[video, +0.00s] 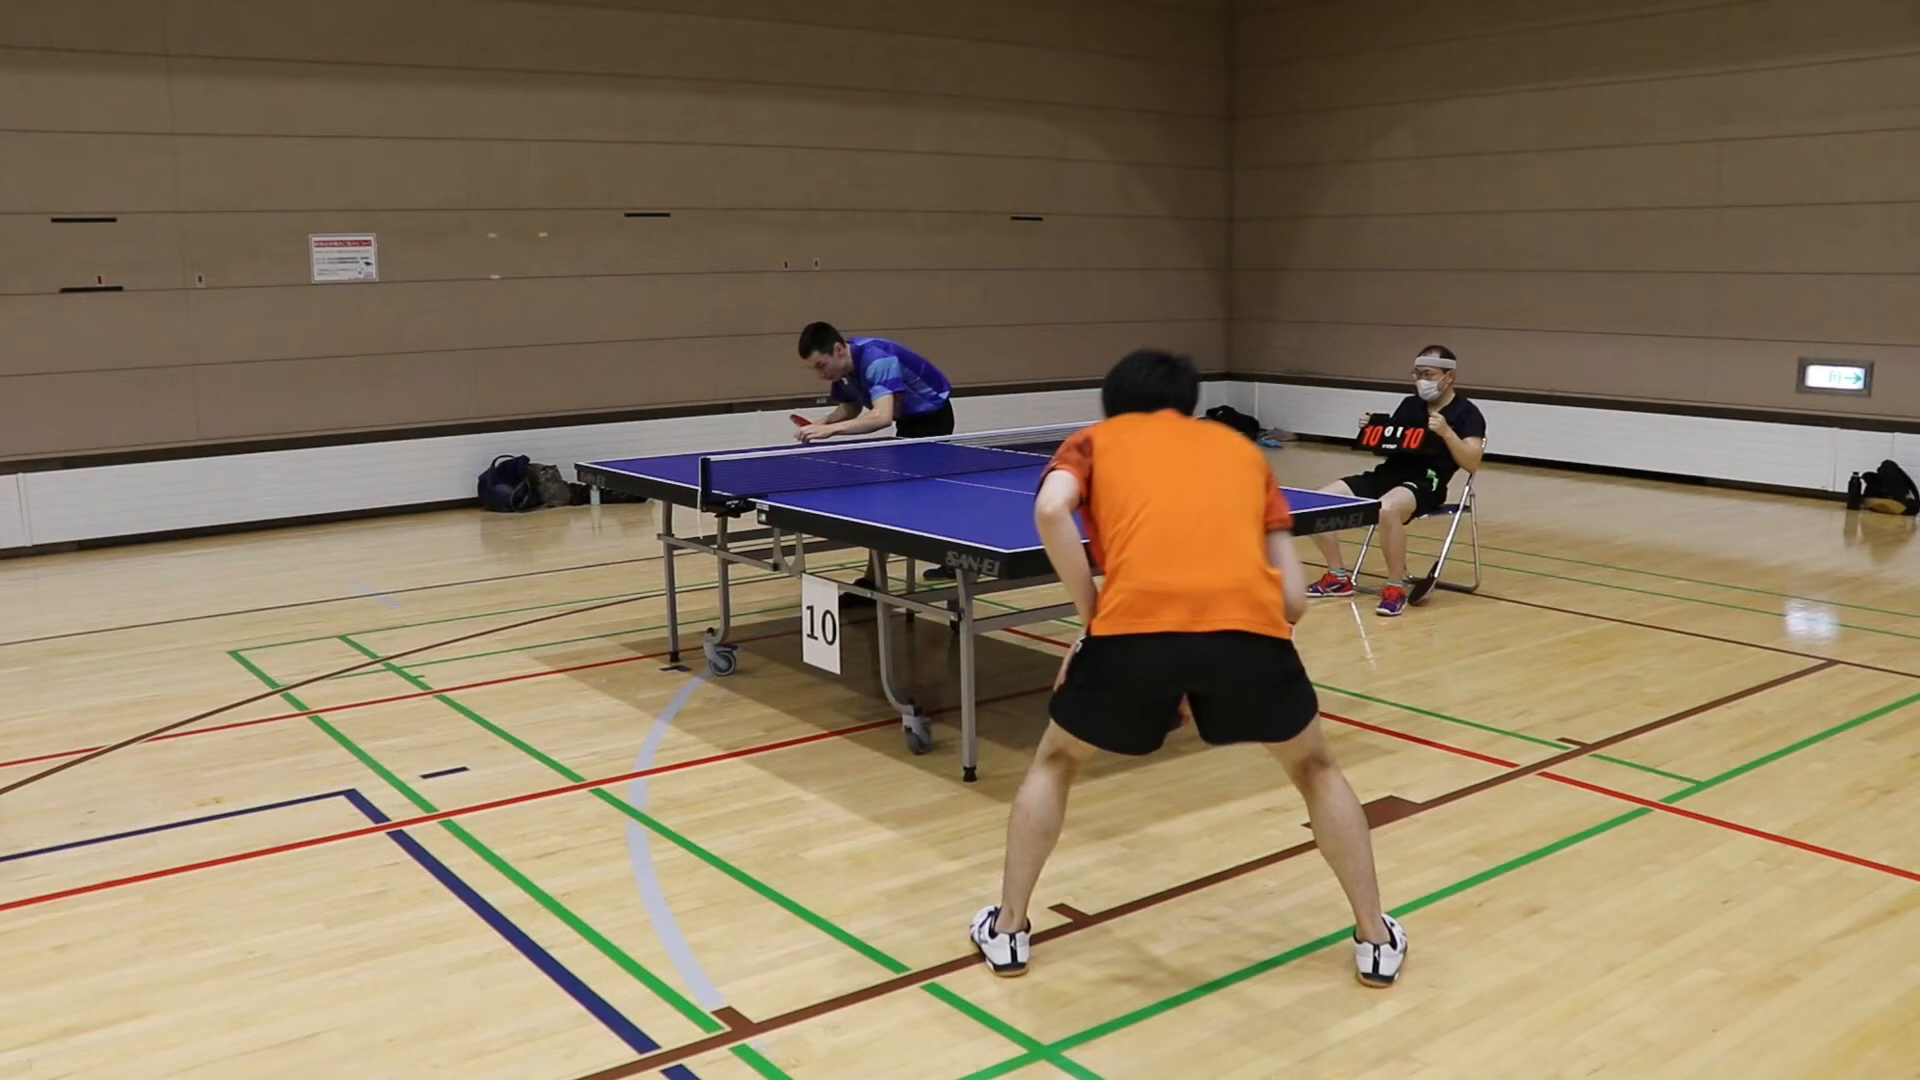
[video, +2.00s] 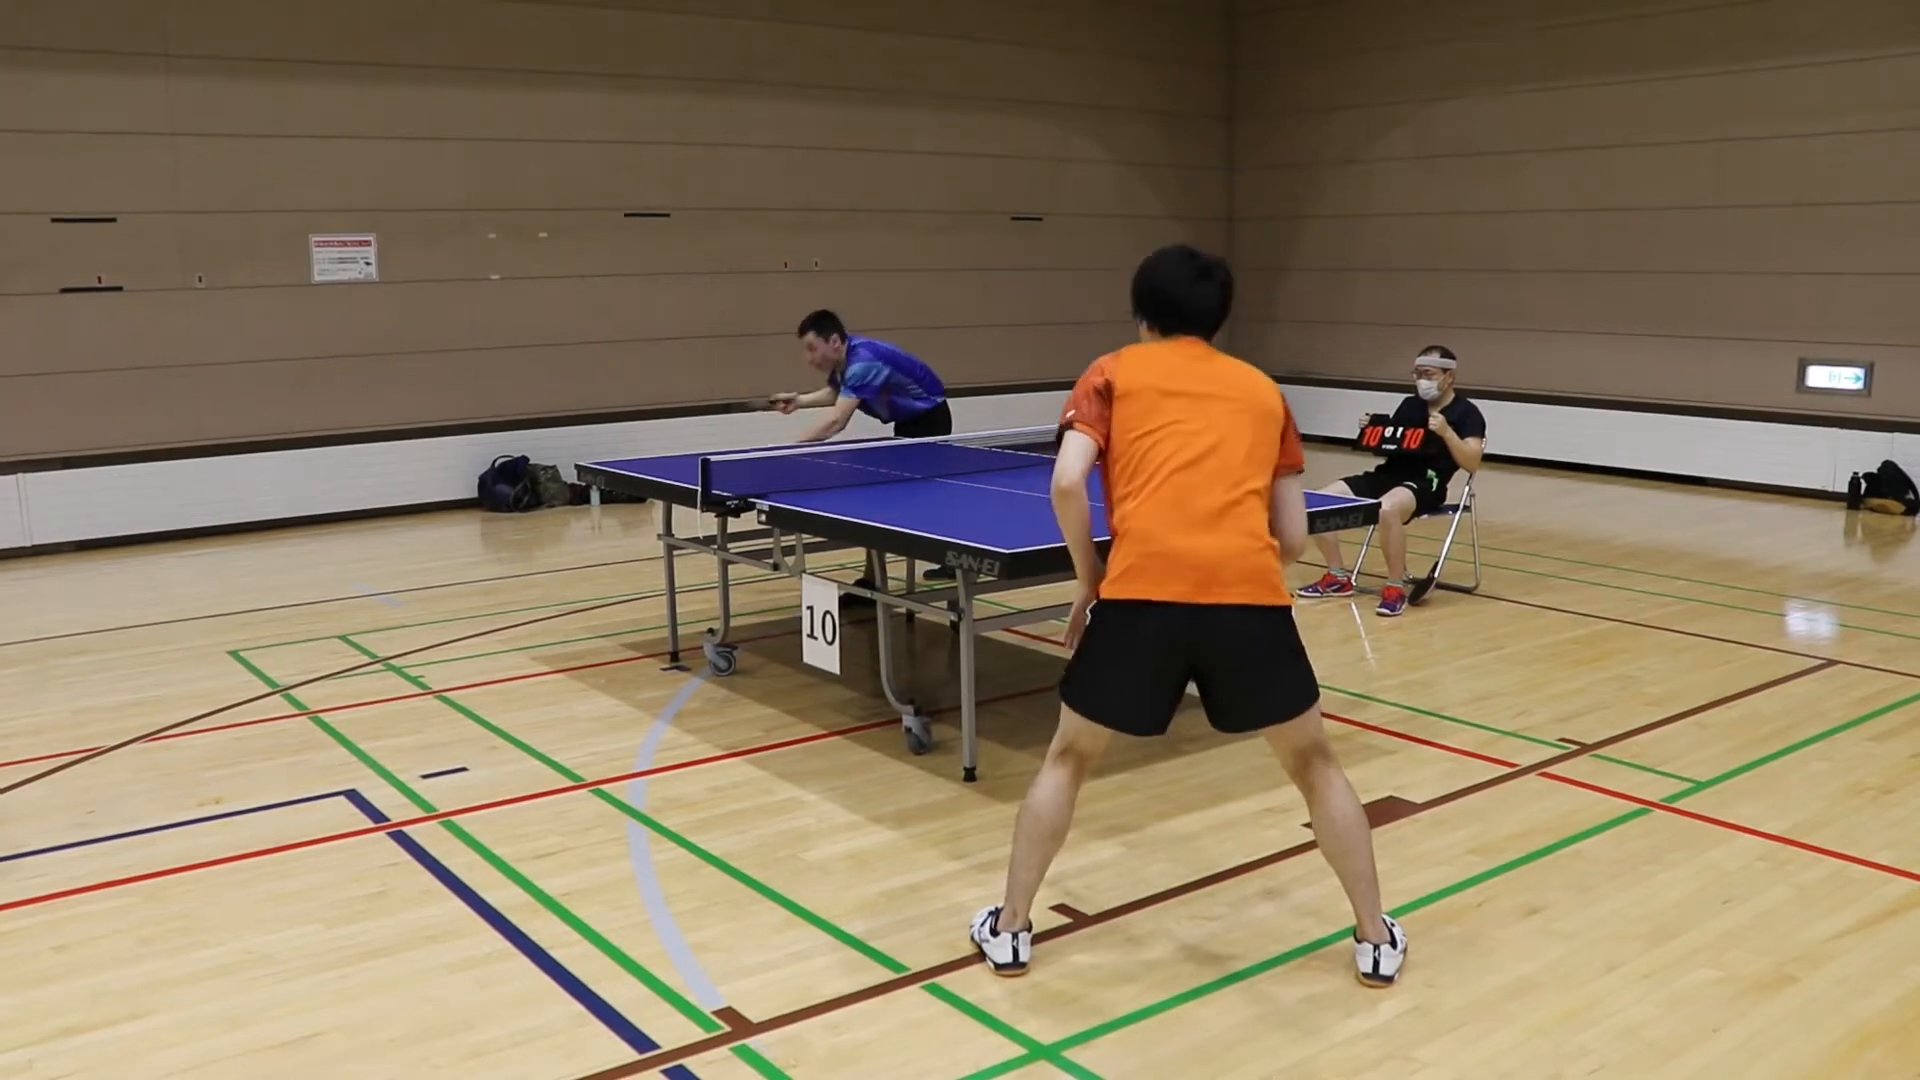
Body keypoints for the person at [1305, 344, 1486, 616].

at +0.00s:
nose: (1421, 381)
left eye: (1429, 375)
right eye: (1418, 374)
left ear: (1449, 378)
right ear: (1414, 375)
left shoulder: (1467, 414)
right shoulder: (1411, 404)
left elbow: (1472, 463)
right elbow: (1392, 437)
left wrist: (1446, 432)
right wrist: (1374, 426)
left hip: (1426, 481)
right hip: (1389, 474)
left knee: (1389, 509)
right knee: (1317, 502)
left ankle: (1395, 588)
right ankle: (1338, 575)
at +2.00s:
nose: (1423, 380)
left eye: (1430, 374)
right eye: (1419, 373)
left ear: (1450, 377)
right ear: (1414, 375)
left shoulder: (1467, 414)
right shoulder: (1411, 405)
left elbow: (1472, 463)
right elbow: (1393, 440)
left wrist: (1446, 433)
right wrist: (1373, 426)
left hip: (1427, 482)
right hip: (1390, 474)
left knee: (1389, 509)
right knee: (1319, 502)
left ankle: (1395, 588)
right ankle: (1337, 576)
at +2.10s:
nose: (1423, 380)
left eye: (1430, 374)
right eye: (1419, 373)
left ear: (1450, 377)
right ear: (1414, 375)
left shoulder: (1467, 414)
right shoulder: (1411, 404)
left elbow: (1472, 463)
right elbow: (1392, 440)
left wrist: (1446, 433)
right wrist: (1373, 426)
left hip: (1427, 482)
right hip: (1390, 474)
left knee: (1389, 509)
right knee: (1322, 501)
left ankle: (1395, 587)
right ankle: (1337, 576)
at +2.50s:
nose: (1423, 381)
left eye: (1430, 375)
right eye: (1418, 374)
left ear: (1450, 378)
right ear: (1414, 375)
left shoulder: (1466, 413)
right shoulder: (1410, 405)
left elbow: (1471, 463)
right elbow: (1386, 444)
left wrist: (1446, 433)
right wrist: (1367, 432)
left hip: (1426, 482)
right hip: (1388, 476)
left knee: (1390, 508)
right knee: (1323, 500)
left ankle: (1395, 587)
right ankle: (1337, 574)